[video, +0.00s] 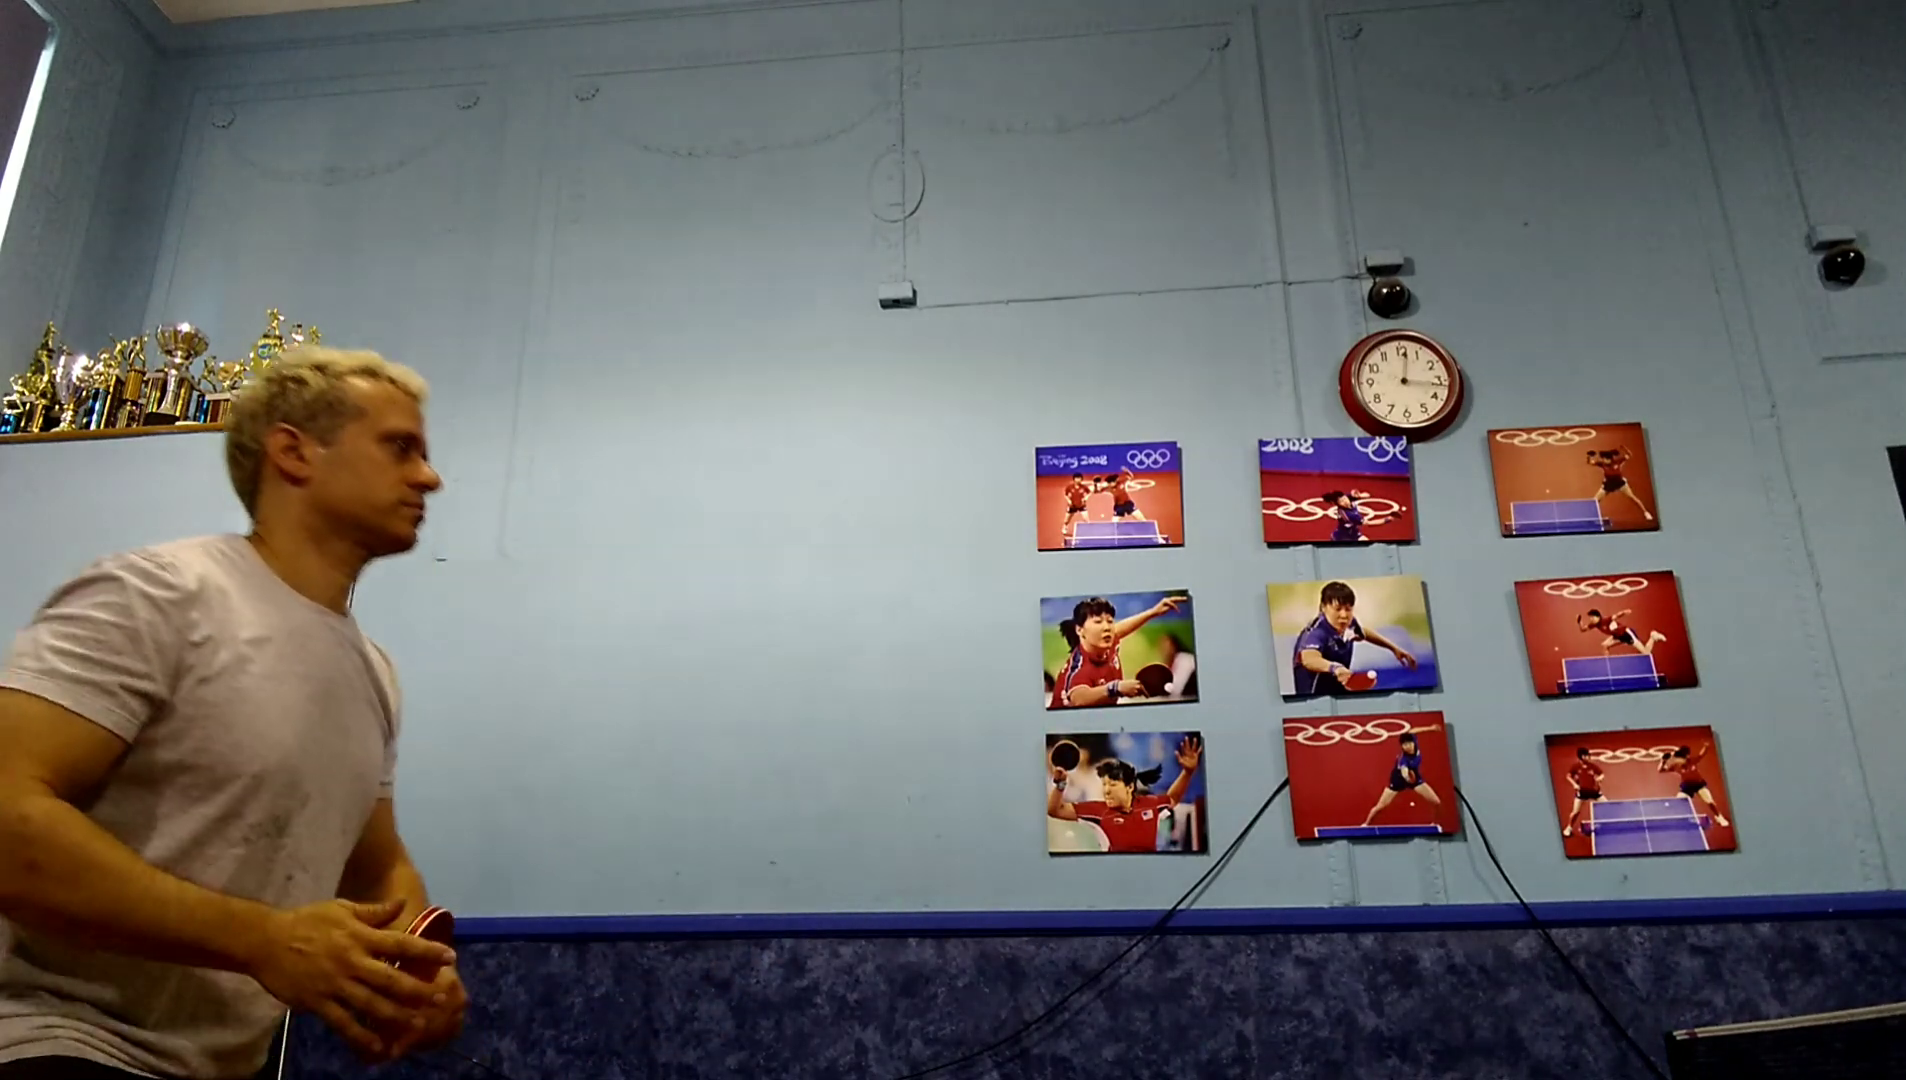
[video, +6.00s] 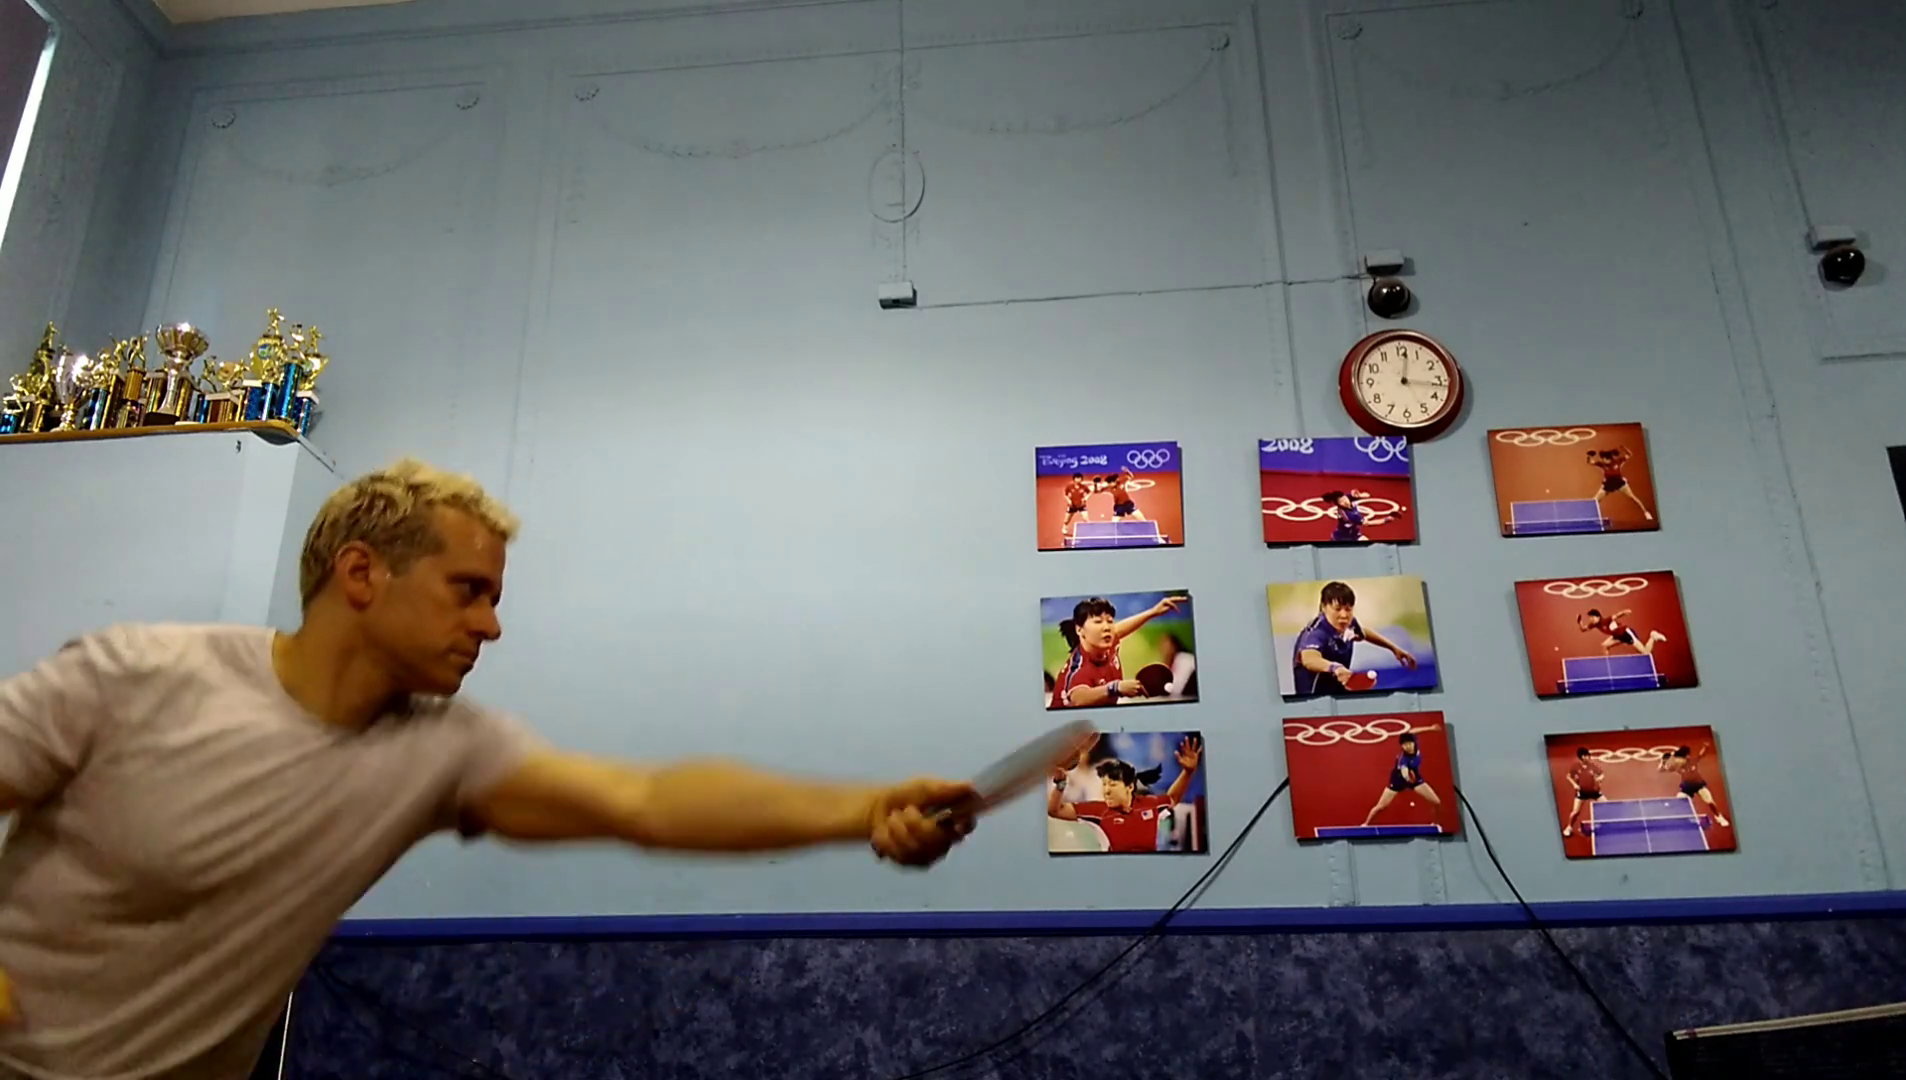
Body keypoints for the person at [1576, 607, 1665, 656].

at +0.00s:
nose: (1590, 620)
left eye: (1591, 618)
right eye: (1590, 618)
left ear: (1597, 617)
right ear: (1593, 618)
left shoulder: (1607, 620)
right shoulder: (1594, 624)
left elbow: (1617, 616)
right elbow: (1583, 630)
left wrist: (1625, 612)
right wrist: (1579, 623)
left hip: (1627, 634)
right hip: (1618, 637)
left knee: (1646, 652)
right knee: (1604, 645)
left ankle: (1653, 636)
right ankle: (1608, 667)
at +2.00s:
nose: (1590, 620)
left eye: (1591, 618)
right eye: (1590, 619)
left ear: (1597, 617)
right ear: (1593, 618)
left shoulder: (1607, 621)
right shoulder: (1594, 625)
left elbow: (1617, 615)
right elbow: (1583, 630)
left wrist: (1625, 612)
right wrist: (1579, 623)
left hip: (1627, 634)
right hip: (1617, 637)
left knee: (1645, 652)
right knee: (1604, 645)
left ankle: (1653, 636)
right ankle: (1609, 667)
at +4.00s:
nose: (1590, 620)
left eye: (1591, 618)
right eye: (1590, 619)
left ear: (1597, 617)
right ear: (1593, 618)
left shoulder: (1607, 620)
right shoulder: (1594, 624)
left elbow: (1617, 615)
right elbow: (1583, 630)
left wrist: (1626, 612)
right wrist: (1579, 623)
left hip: (1627, 634)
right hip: (1617, 636)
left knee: (1646, 652)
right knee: (1604, 645)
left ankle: (1653, 636)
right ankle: (1608, 667)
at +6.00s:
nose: (1590, 620)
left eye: (1591, 618)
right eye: (1590, 619)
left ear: (1597, 617)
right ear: (1593, 618)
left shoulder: (1607, 620)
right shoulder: (1594, 624)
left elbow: (1617, 615)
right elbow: (1583, 630)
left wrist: (1625, 612)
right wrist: (1579, 623)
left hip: (1627, 634)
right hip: (1617, 637)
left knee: (1645, 652)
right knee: (1604, 645)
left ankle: (1653, 636)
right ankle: (1608, 667)